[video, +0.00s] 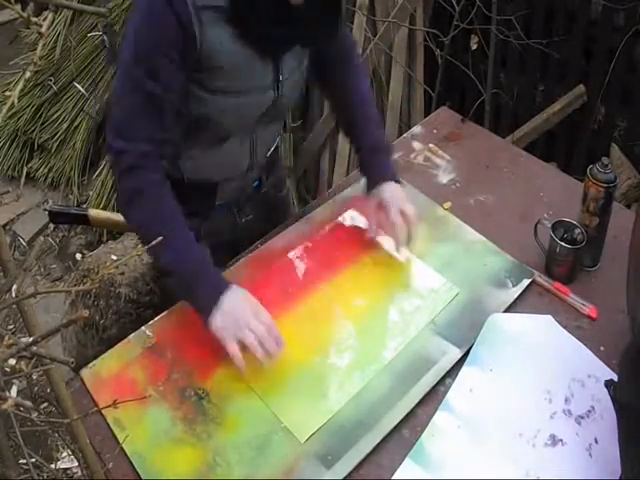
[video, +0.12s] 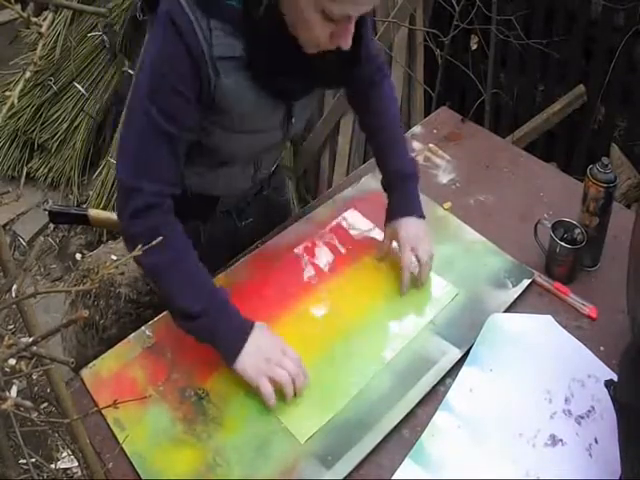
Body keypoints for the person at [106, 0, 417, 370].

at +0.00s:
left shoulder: (312, 11)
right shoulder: (169, 14)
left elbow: (341, 63)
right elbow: (135, 165)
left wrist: (382, 176)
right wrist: (214, 295)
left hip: (266, 183)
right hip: (192, 208)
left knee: (296, 307)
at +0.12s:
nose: (345, 41)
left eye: (356, 20)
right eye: (331, 18)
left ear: (366, 7)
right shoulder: (188, 28)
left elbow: (372, 88)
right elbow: (142, 206)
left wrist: (405, 202)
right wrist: (234, 333)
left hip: (267, 194)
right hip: (193, 216)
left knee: (293, 315)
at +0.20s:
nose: (338, 41)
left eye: (350, 20)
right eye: (324, 17)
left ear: (360, 9)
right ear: (277, 1)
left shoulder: (344, 28)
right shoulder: (187, 31)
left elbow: (372, 81)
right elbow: (142, 212)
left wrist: (406, 203)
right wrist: (231, 340)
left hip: (268, 199)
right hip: (194, 220)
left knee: (291, 316)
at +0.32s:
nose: (320, 5)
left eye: (329, 2)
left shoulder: (315, 18)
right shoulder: (172, 19)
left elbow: (345, 81)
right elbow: (141, 204)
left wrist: (394, 199)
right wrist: (236, 339)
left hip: (260, 195)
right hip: (188, 215)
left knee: (286, 317)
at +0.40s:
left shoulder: (289, 13)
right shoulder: (157, 17)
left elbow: (321, 97)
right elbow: (156, 190)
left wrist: (375, 206)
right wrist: (267, 315)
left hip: (244, 192)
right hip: (171, 215)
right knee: (194, 349)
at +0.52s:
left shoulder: (292, 14)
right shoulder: (158, 22)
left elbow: (329, 99)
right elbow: (169, 193)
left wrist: (390, 219)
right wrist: (266, 342)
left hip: (240, 186)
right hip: (166, 210)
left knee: (271, 304)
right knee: (176, 342)